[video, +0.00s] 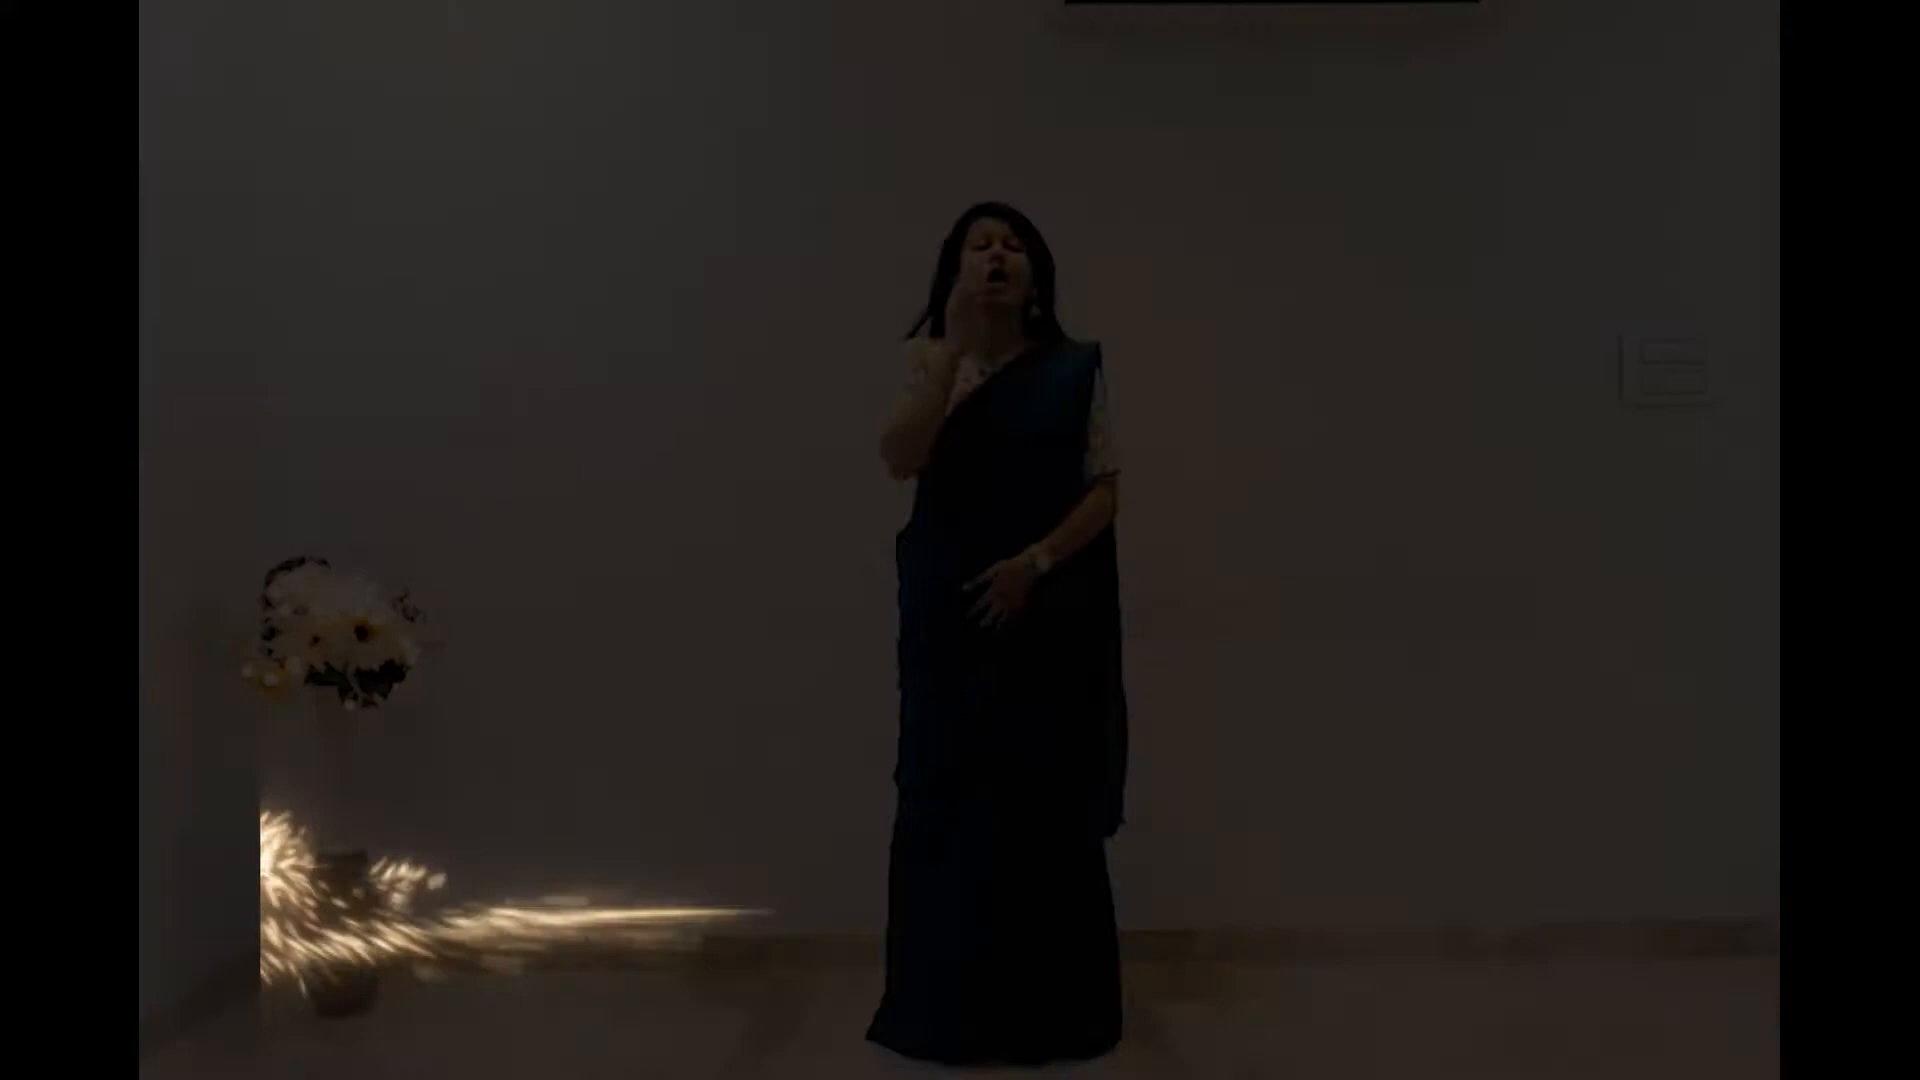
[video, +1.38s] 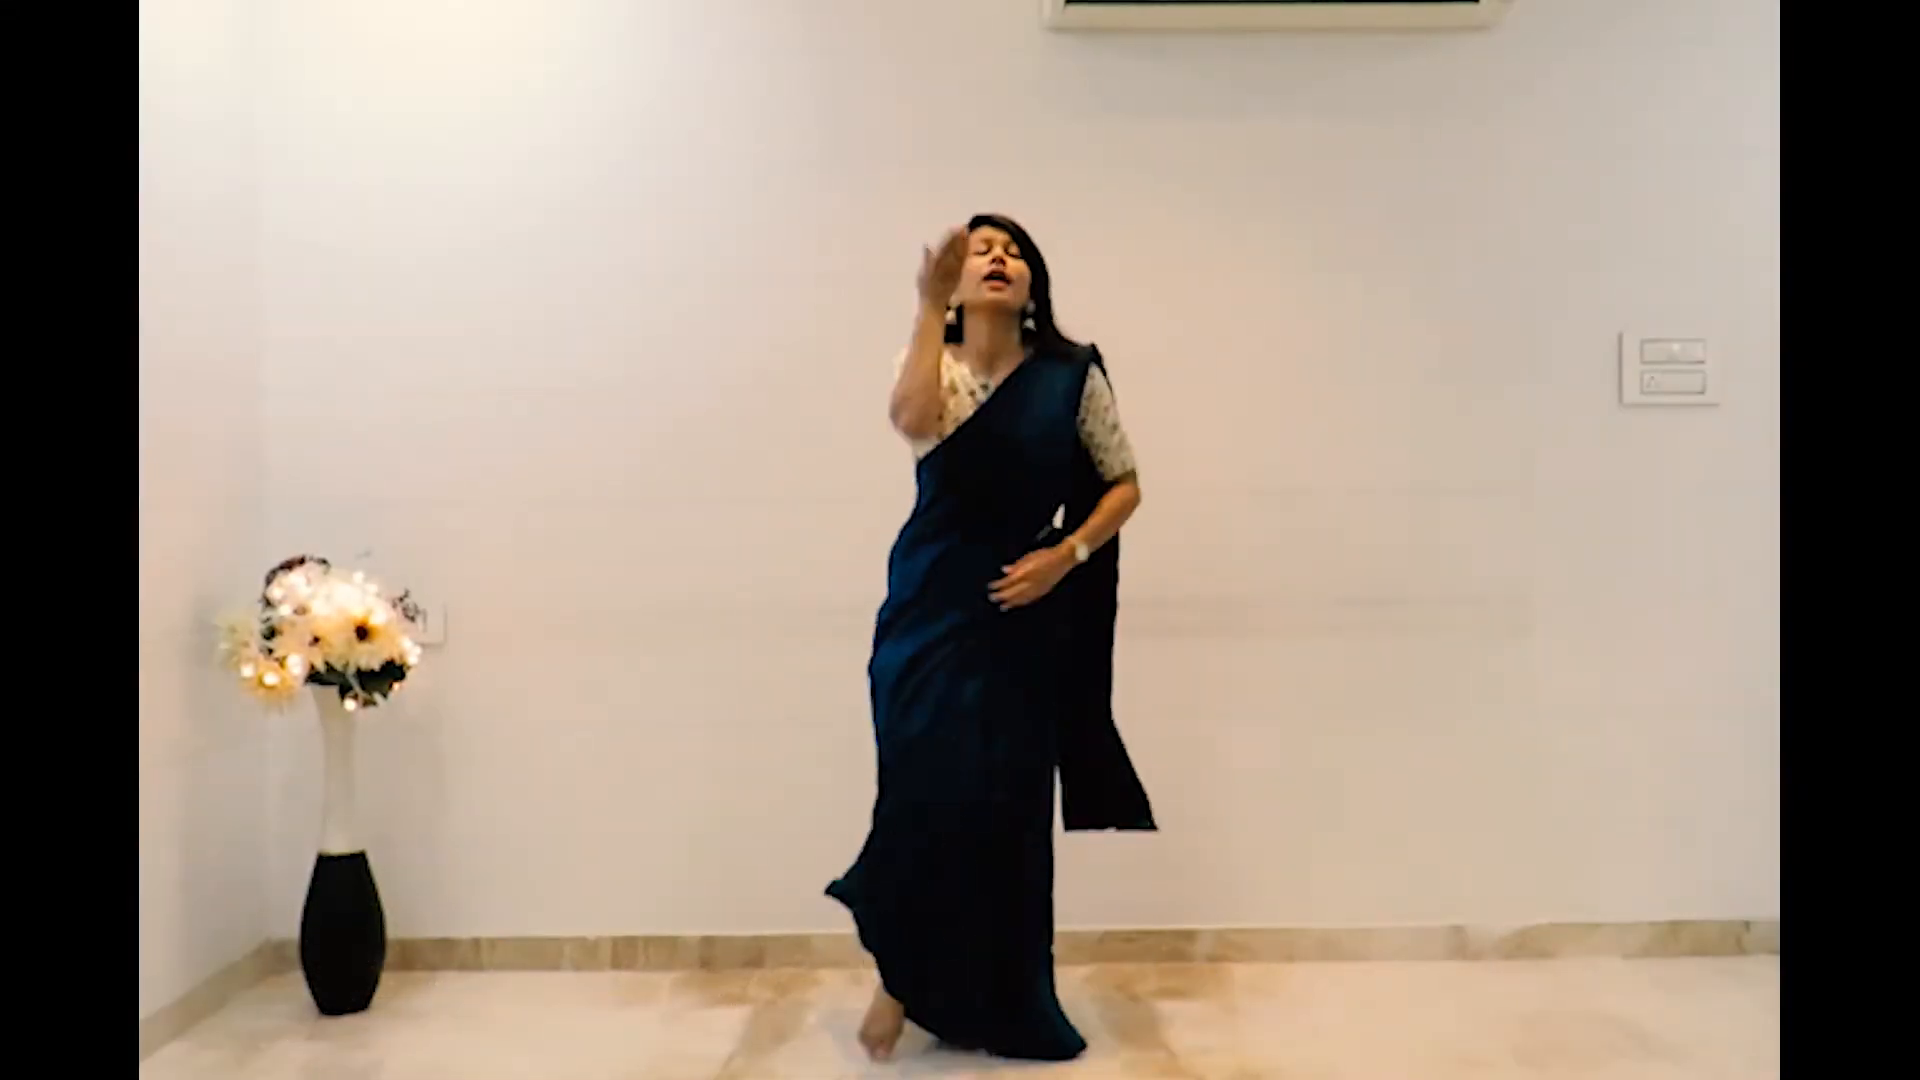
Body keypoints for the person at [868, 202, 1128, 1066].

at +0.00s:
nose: (998, 258)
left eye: (1014, 248)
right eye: (981, 247)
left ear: (1037, 275)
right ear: (952, 271)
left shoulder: (1076, 367)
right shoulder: (928, 359)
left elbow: (1106, 492)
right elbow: (900, 457)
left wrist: (1035, 562)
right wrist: (951, 353)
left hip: (1054, 626)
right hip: (947, 625)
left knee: (1050, 814)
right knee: (948, 811)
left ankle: (1052, 1010)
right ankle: (945, 1010)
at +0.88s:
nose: (995, 281)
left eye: (1010, 273)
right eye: (979, 273)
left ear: (1030, 302)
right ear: (950, 301)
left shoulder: (1064, 374)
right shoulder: (931, 391)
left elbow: (1120, 434)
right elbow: (892, 405)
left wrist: (1013, 434)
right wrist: (923, 300)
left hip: (1066, 628)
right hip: (974, 634)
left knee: (1089, 812)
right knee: (1010, 818)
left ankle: (1122, 1002)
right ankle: (1052, 1006)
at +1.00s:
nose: (1000, 261)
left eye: (1014, 253)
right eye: (982, 253)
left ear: (1042, 284)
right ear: (959, 287)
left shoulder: (1072, 357)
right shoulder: (941, 363)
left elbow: (1093, 420)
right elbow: (870, 285)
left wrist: (977, 407)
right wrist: (992, 300)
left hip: (1048, 620)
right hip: (950, 618)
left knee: (1057, 804)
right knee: (947, 790)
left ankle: (1106, 989)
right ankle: (963, 972)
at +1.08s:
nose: (1002, 249)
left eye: (1018, 240)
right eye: (984, 242)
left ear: (1045, 271)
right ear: (956, 274)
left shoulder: (1072, 355)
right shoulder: (940, 348)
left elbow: (1087, 447)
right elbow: (874, 293)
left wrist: (975, 422)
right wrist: (989, 323)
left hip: (1026, 595)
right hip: (937, 591)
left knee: (1024, 788)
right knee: (915, 774)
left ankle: (1022, 994)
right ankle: (895, 962)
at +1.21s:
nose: (1007, 281)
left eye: (1023, 270)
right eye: (991, 269)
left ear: (1050, 294)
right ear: (966, 291)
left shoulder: (1079, 400)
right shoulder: (925, 377)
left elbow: (1083, 527)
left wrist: (978, 506)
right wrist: (976, 442)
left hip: (1017, 622)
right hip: (924, 615)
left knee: (998, 799)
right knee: (907, 794)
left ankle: (1003, 987)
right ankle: (902, 984)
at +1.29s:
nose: (1001, 272)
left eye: (1017, 264)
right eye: (986, 262)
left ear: (1041, 294)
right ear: (960, 292)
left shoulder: (1076, 387)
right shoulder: (927, 380)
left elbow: (1103, 513)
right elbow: (888, 498)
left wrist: (1015, 558)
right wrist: (966, 417)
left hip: (1022, 618)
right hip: (928, 611)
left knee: (1008, 795)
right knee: (917, 787)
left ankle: (997, 980)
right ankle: (886, 979)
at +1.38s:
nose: (1000, 259)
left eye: (1015, 251)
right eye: (981, 251)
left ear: (1034, 287)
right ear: (953, 283)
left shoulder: (1071, 371)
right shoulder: (935, 366)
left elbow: (1125, 487)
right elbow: (912, 418)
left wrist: (1065, 554)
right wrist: (934, 302)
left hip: (1022, 614)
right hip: (928, 606)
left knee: (1010, 804)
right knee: (927, 792)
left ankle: (1001, 996)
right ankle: (897, 981)